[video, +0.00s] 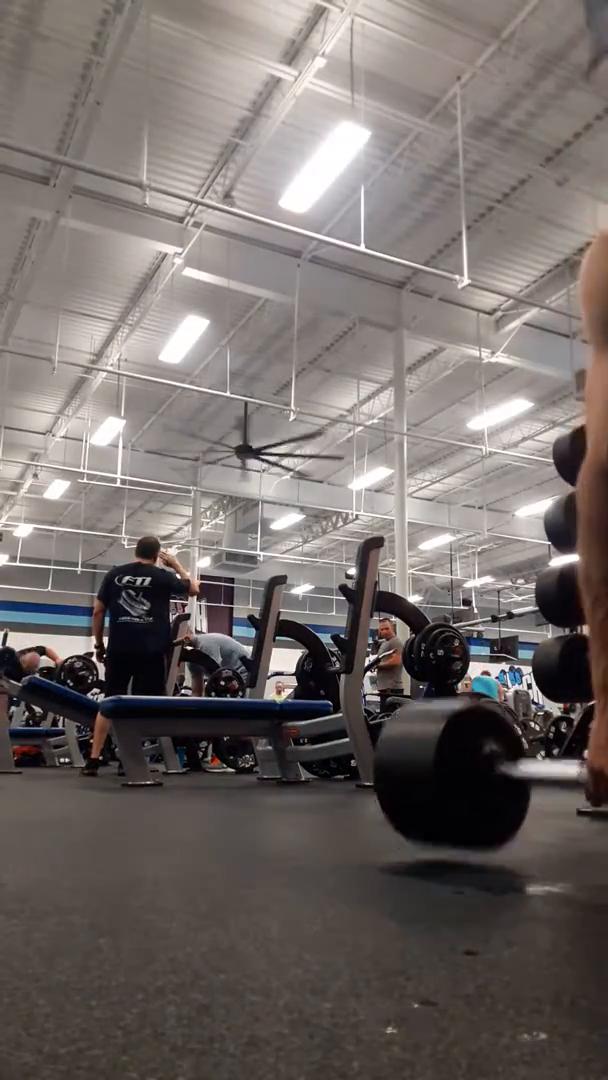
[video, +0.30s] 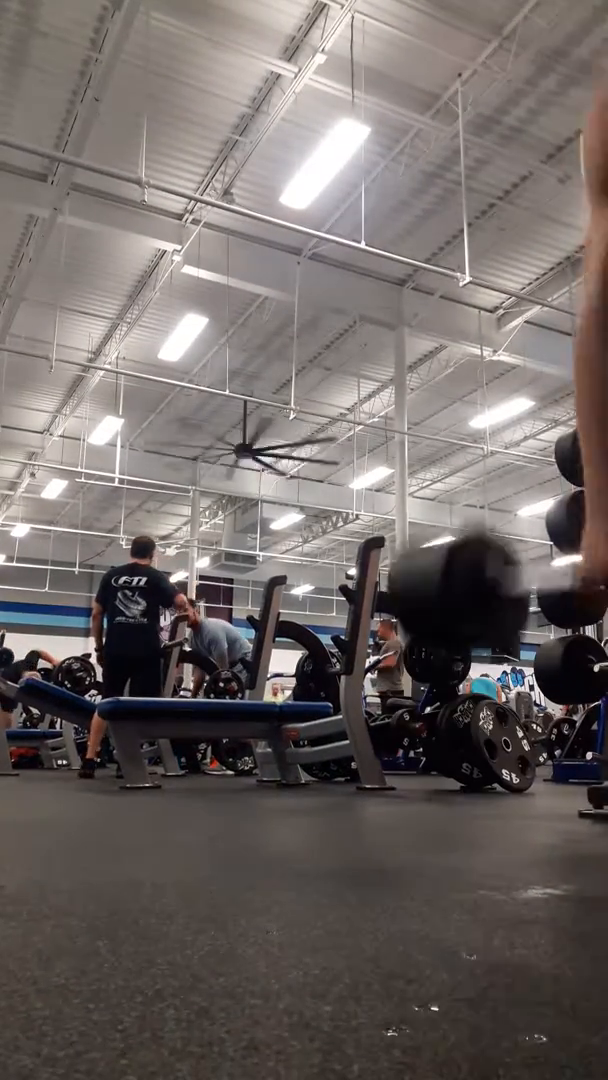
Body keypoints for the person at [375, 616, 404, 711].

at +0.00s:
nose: (384, 632)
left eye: (386, 629)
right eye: (382, 629)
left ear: (392, 629)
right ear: (379, 631)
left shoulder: (396, 642)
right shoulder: (383, 644)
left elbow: (397, 660)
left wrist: (379, 665)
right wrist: (375, 664)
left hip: (393, 687)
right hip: (384, 687)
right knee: (384, 717)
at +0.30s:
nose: (378, 632)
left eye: (380, 629)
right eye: (378, 629)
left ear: (388, 629)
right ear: (387, 629)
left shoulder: (393, 644)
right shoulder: (388, 644)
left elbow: (390, 662)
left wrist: (374, 665)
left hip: (390, 691)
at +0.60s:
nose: (379, 632)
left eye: (380, 629)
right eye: (379, 629)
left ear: (385, 628)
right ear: (391, 629)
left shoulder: (389, 643)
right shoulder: (396, 642)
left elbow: (385, 662)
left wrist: (373, 668)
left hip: (387, 691)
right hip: (395, 690)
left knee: (386, 721)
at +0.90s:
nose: (377, 632)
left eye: (379, 629)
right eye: (378, 629)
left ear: (387, 629)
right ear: (390, 629)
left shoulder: (386, 643)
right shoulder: (399, 643)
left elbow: (382, 664)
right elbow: (403, 670)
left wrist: (372, 673)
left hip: (385, 693)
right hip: (397, 692)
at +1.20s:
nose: (380, 631)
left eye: (383, 628)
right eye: (379, 629)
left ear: (391, 630)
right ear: (377, 630)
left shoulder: (390, 644)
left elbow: (387, 667)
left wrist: (378, 685)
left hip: (387, 691)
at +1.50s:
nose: (381, 631)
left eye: (384, 628)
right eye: (379, 628)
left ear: (389, 630)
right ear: (376, 631)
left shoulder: (394, 643)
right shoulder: (377, 648)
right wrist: (377, 686)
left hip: (391, 689)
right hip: (380, 688)